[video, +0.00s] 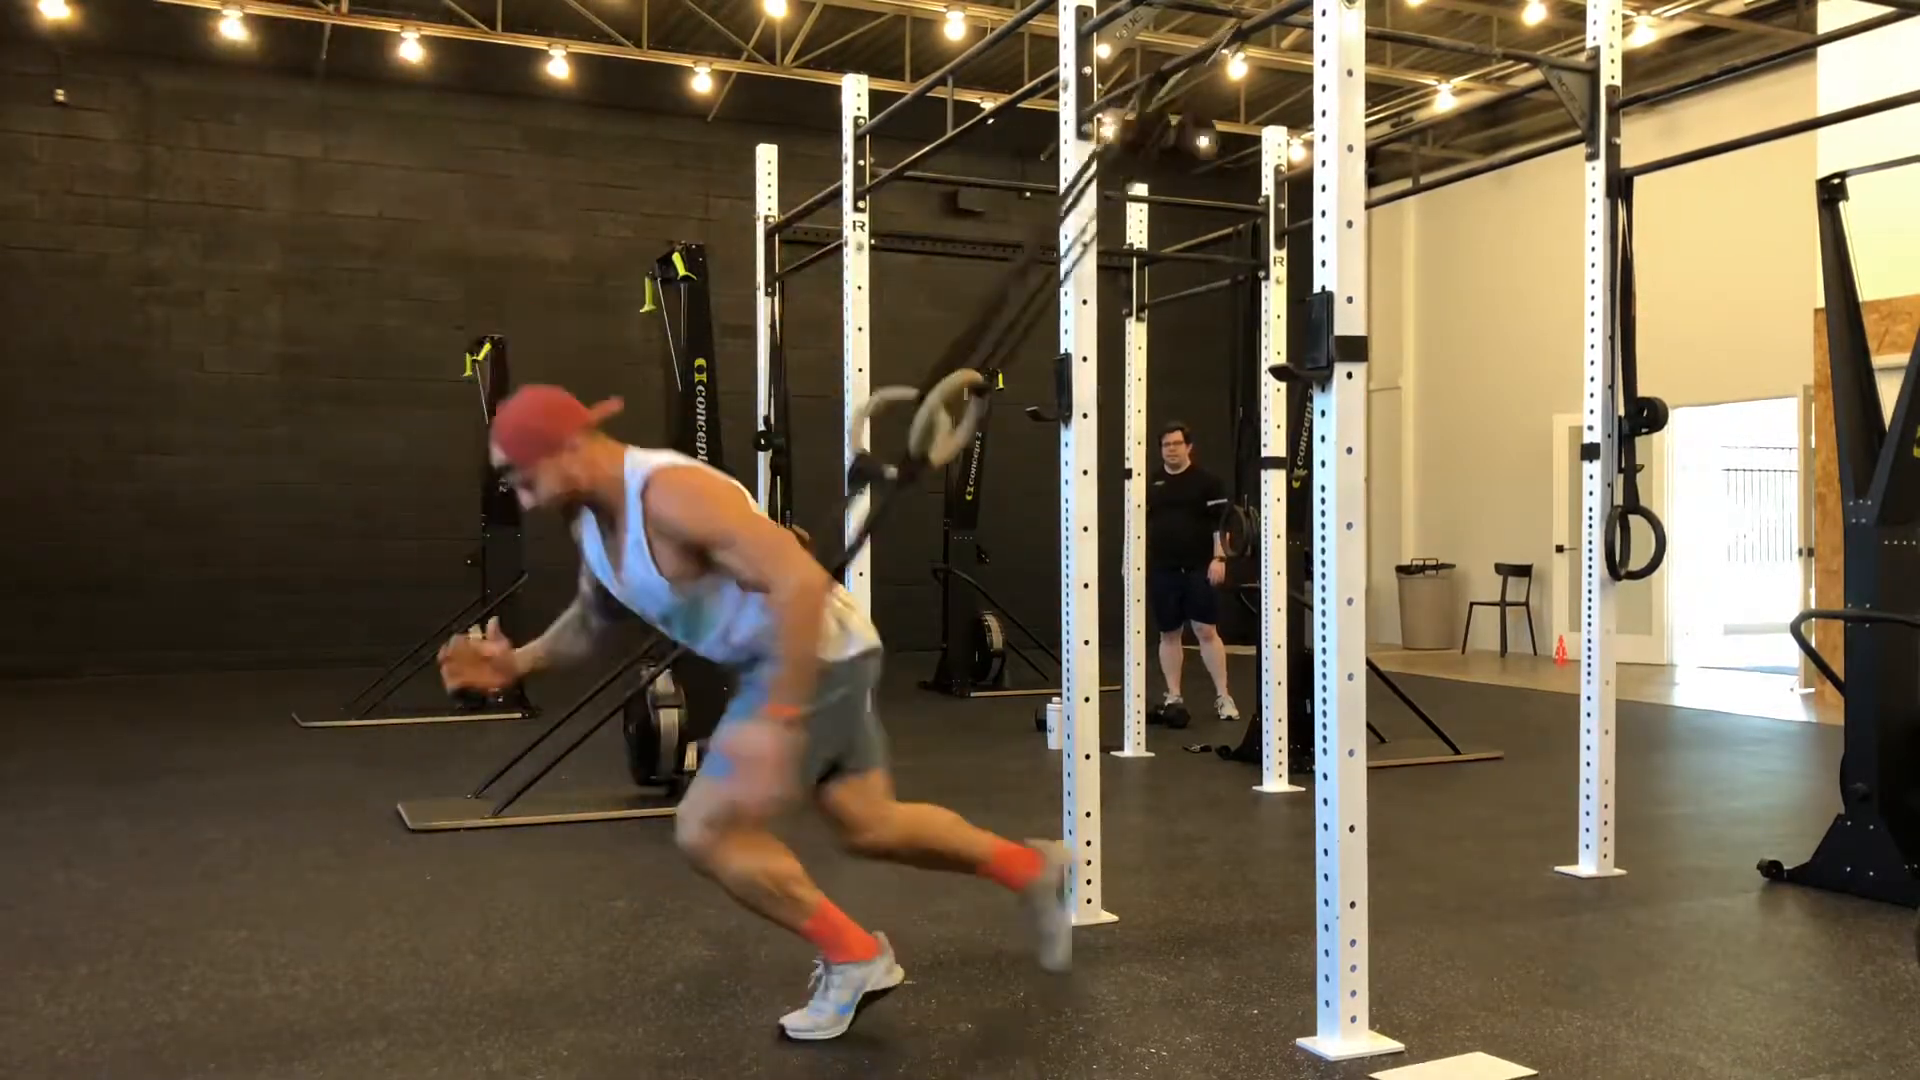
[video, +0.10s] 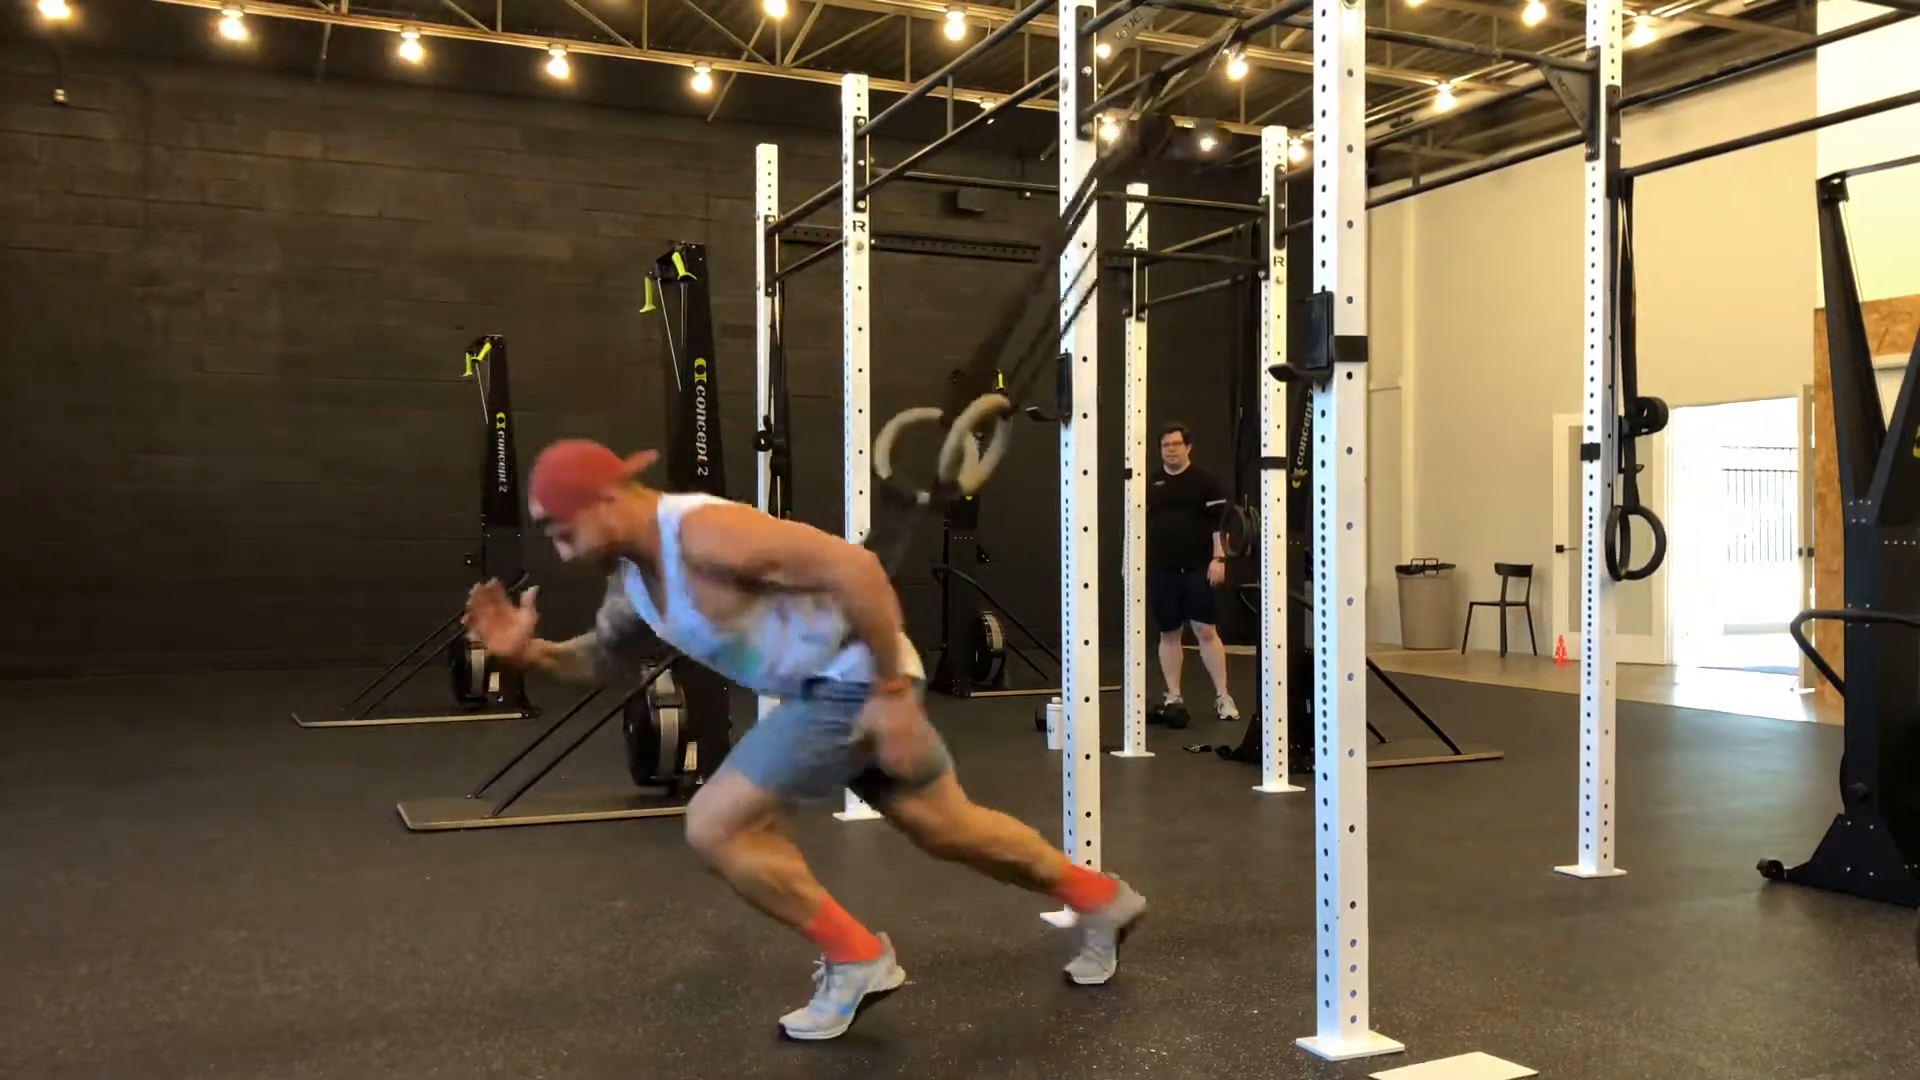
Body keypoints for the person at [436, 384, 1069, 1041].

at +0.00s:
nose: (519, 493)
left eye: (523, 476)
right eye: (513, 480)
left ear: (571, 454)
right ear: (565, 458)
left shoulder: (676, 493)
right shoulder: (598, 526)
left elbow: (800, 579)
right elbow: (596, 626)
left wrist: (779, 718)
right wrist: (516, 661)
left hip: (810, 657)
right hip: (803, 658)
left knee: (710, 829)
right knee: (869, 823)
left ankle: (856, 955)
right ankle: (1038, 870)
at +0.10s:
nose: (559, 549)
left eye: (562, 531)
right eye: (553, 535)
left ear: (604, 503)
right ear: (592, 514)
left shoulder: (701, 531)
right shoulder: (637, 581)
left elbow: (852, 565)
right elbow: (600, 658)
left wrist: (895, 687)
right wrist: (529, 651)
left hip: (846, 680)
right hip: (836, 684)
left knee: (718, 826)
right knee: (946, 827)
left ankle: (858, 957)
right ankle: (1100, 898)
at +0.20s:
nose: (598, 566)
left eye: (600, 550)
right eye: (591, 554)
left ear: (642, 521)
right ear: (634, 531)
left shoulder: (740, 541)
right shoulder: (673, 594)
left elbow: (884, 550)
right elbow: (631, 668)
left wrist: (938, 666)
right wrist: (569, 638)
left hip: (893, 682)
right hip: (885, 686)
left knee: (743, 810)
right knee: (979, 839)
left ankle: (866, 961)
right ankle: (1126, 906)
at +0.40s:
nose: (601, 540)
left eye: (602, 524)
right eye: (594, 530)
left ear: (644, 495)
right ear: (639, 501)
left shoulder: (735, 510)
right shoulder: (678, 572)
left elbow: (883, 505)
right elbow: (631, 638)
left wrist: (930, 619)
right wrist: (569, 602)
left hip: (896, 654)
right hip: (887, 660)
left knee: (761, 797)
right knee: (980, 817)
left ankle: (867, 965)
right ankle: (1118, 900)